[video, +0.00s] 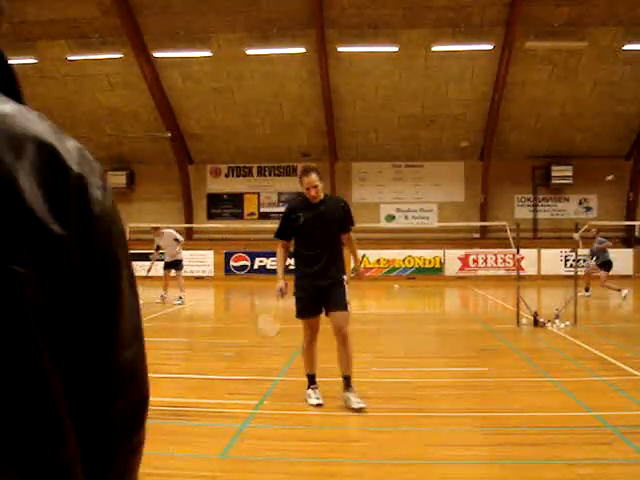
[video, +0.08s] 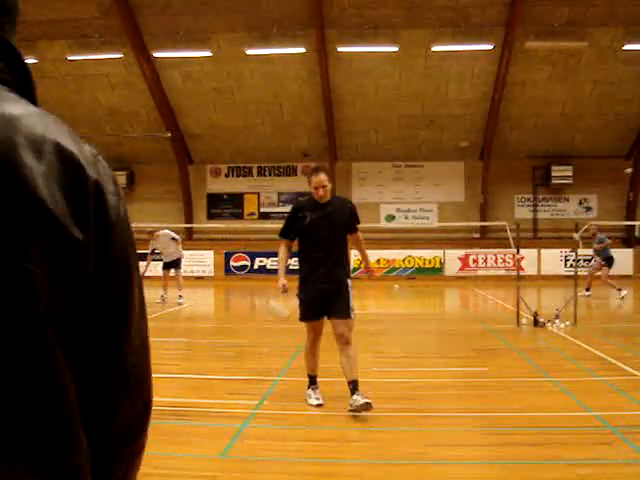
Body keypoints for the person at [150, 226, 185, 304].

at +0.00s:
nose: (154, 234)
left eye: (155, 232)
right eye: (153, 233)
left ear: (159, 230)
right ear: (154, 232)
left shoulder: (170, 233)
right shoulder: (157, 239)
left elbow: (181, 241)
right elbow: (155, 254)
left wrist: (176, 251)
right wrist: (150, 267)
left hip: (177, 257)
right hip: (168, 258)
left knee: (178, 276)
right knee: (166, 276)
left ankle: (182, 296)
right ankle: (164, 294)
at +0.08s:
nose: (153, 238)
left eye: (153, 236)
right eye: (151, 238)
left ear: (154, 233)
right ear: (150, 237)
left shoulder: (166, 233)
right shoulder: (153, 242)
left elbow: (178, 239)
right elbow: (150, 256)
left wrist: (179, 250)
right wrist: (144, 271)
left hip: (176, 255)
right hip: (166, 257)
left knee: (178, 275)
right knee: (165, 276)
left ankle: (180, 295)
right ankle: (164, 294)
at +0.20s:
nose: (148, 242)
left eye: (148, 240)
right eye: (146, 241)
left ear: (150, 236)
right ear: (146, 241)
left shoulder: (161, 234)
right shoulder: (150, 247)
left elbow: (174, 238)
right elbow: (146, 258)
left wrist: (181, 246)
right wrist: (142, 269)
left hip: (175, 254)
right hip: (165, 257)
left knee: (179, 274)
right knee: (165, 276)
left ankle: (184, 293)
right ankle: (164, 294)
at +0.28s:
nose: (147, 243)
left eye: (147, 240)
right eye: (145, 242)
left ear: (150, 237)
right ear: (145, 242)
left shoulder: (159, 235)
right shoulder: (148, 248)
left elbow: (174, 237)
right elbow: (145, 259)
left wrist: (178, 245)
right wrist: (141, 268)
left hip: (174, 254)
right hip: (165, 258)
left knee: (181, 274)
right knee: (165, 276)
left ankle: (187, 291)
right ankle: (164, 294)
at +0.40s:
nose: (147, 245)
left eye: (147, 242)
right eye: (146, 244)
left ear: (150, 239)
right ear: (145, 243)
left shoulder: (158, 237)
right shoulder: (149, 249)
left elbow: (173, 238)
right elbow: (144, 261)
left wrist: (178, 246)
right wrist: (140, 272)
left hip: (175, 255)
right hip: (165, 259)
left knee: (183, 272)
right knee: (166, 276)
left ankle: (192, 288)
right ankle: (164, 294)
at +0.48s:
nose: (146, 245)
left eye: (146, 242)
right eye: (145, 244)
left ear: (149, 239)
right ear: (144, 243)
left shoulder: (158, 237)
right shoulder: (148, 249)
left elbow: (173, 238)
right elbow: (145, 261)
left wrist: (178, 246)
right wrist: (141, 272)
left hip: (175, 255)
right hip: (165, 259)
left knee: (184, 272)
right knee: (166, 276)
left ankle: (193, 287)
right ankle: (165, 294)